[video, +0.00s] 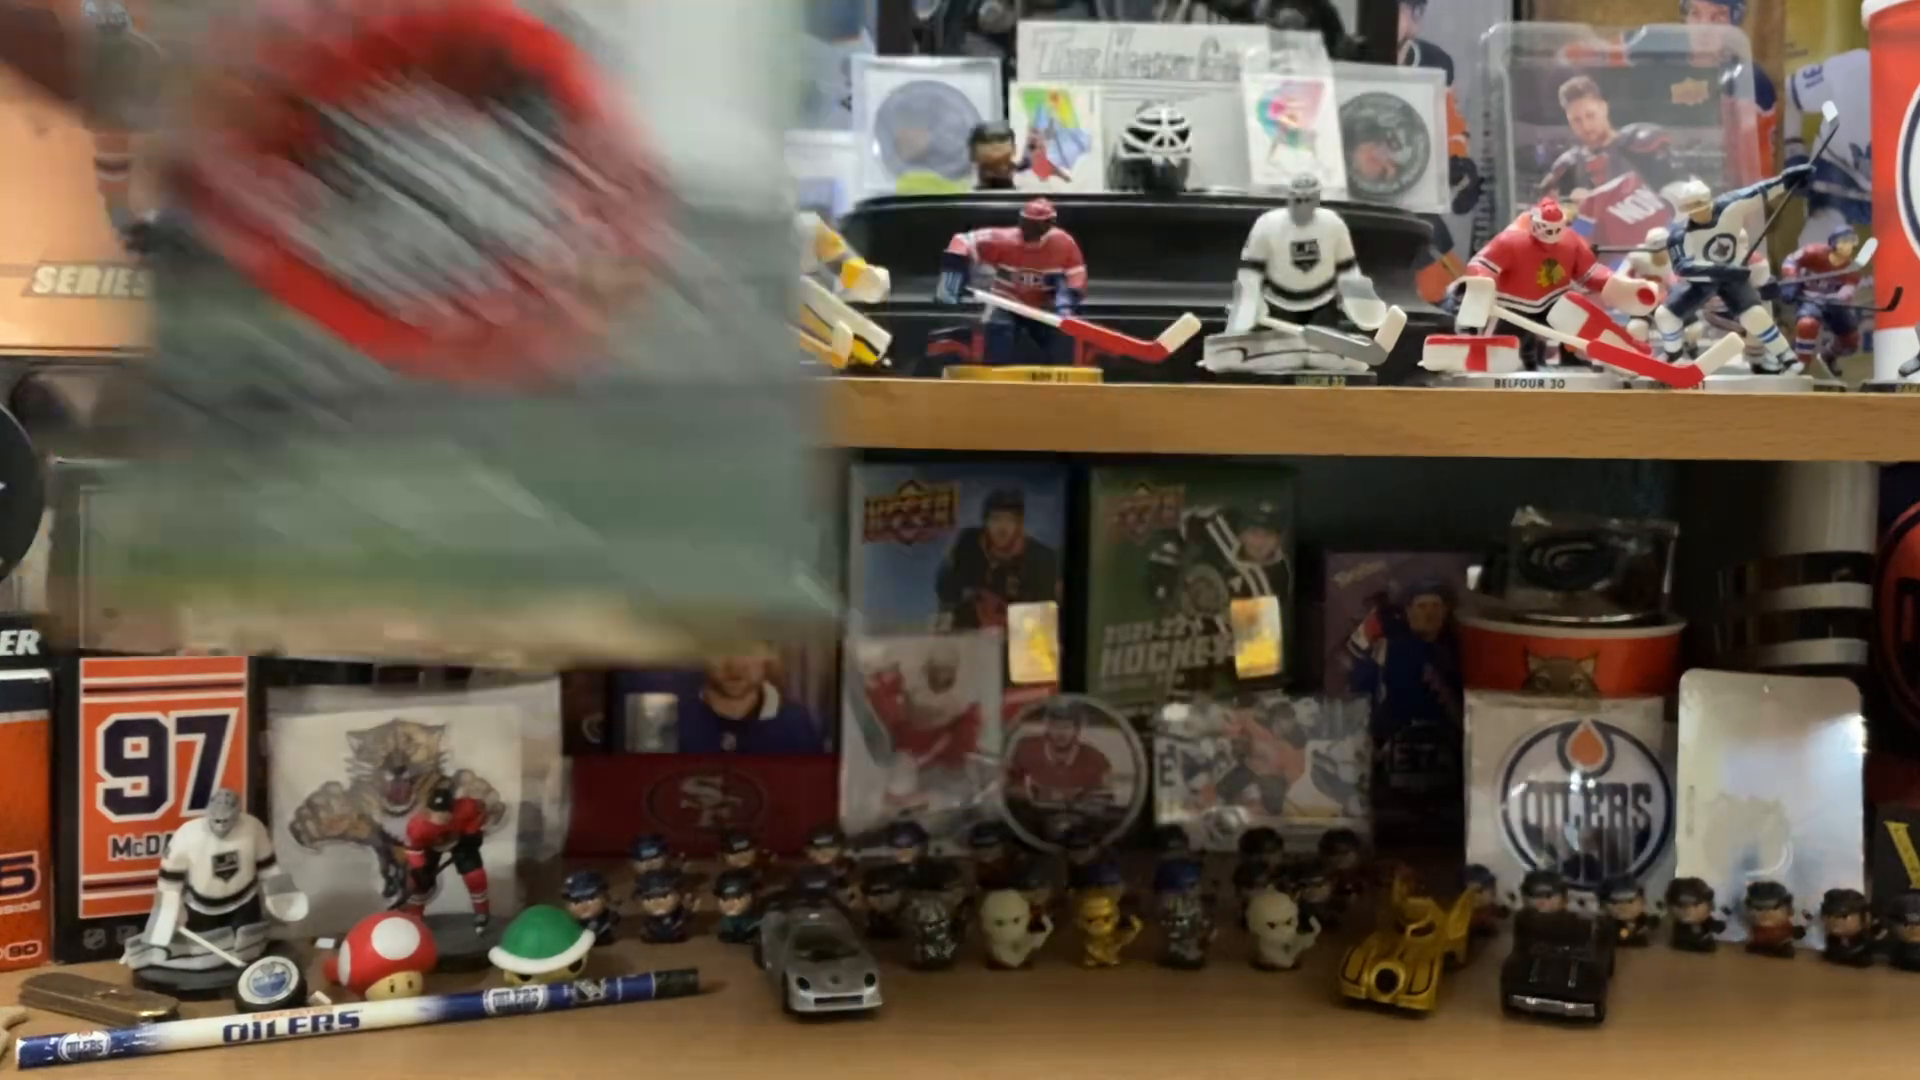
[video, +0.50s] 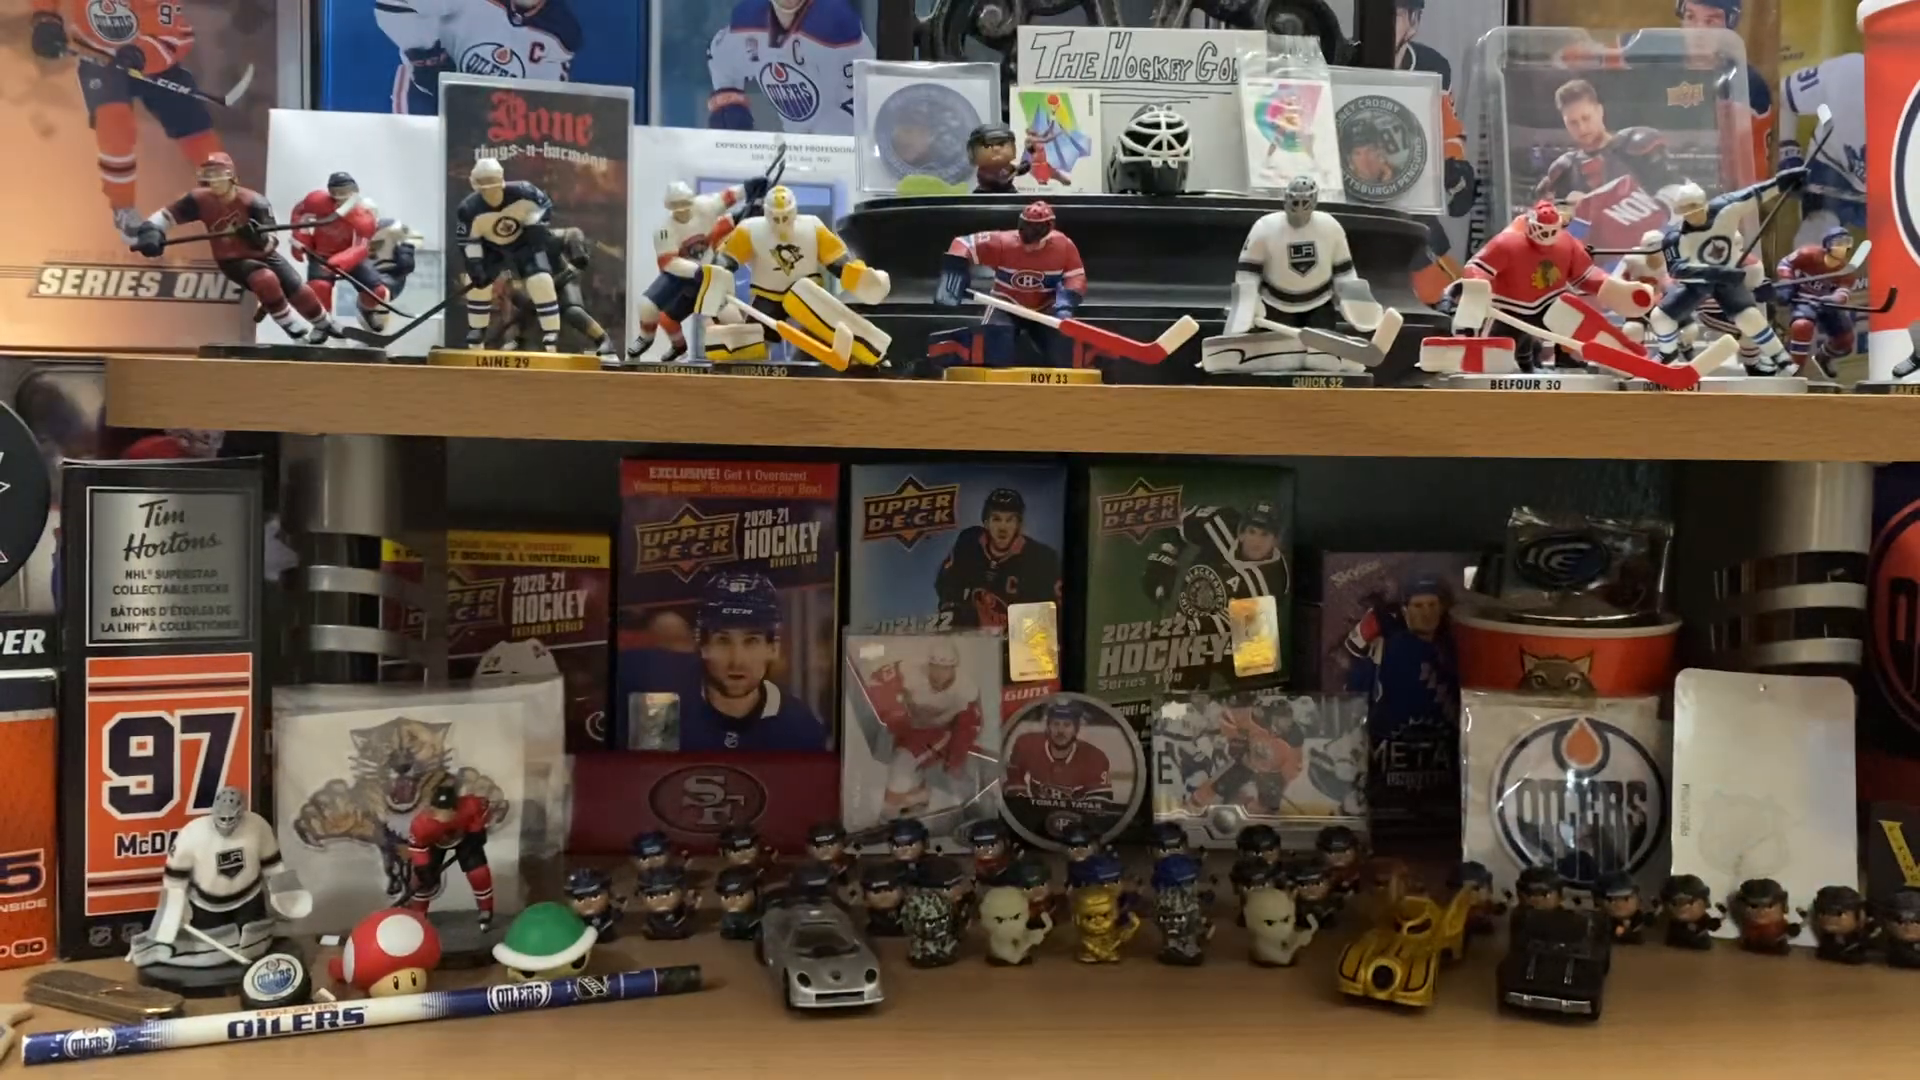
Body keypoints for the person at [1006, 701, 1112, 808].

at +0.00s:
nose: (1060, 733)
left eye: (1066, 727)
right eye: (1055, 726)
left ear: (1077, 729)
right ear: (1047, 727)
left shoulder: (1094, 758)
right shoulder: (1026, 749)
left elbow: (1105, 796)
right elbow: (1008, 786)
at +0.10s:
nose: (1061, 732)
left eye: (1067, 726)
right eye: (1055, 725)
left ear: (1077, 728)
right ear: (1047, 726)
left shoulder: (1095, 759)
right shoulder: (1026, 748)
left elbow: (1103, 799)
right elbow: (1008, 788)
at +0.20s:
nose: (1060, 731)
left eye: (1067, 726)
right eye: (1055, 725)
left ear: (1077, 728)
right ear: (1048, 726)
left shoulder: (1095, 758)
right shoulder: (1027, 746)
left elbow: (1099, 803)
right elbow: (1015, 792)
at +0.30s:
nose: (1060, 731)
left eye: (1066, 726)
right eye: (1055, 725)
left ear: (1077, 728)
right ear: (1048, 726)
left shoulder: (1095, 758)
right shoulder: (1026, 746)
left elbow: (1098, 803)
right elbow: (1015, 792)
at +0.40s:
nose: (1060, 731)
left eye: (1066, 725)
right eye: (1055, 725)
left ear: (1077, 728)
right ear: (1048, 726)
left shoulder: (1094, 758)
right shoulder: (1026, 746)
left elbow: (1099, 802)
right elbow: (1014, 789)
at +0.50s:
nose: (1060, 731)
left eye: (1066, 725)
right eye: (1055, 724)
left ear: (1076, 728)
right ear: (1048, 726)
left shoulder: (1094, 757)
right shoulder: (1026, 745)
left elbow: (1099, 800)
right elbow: (1014, 780)